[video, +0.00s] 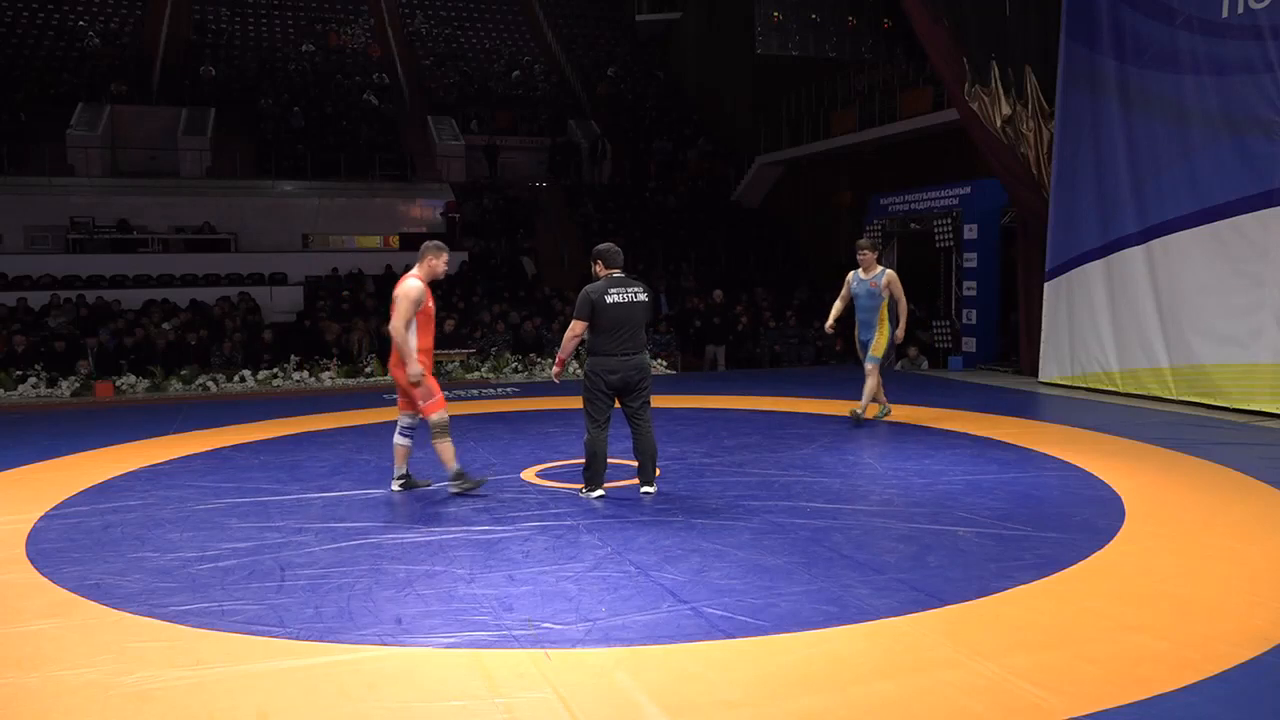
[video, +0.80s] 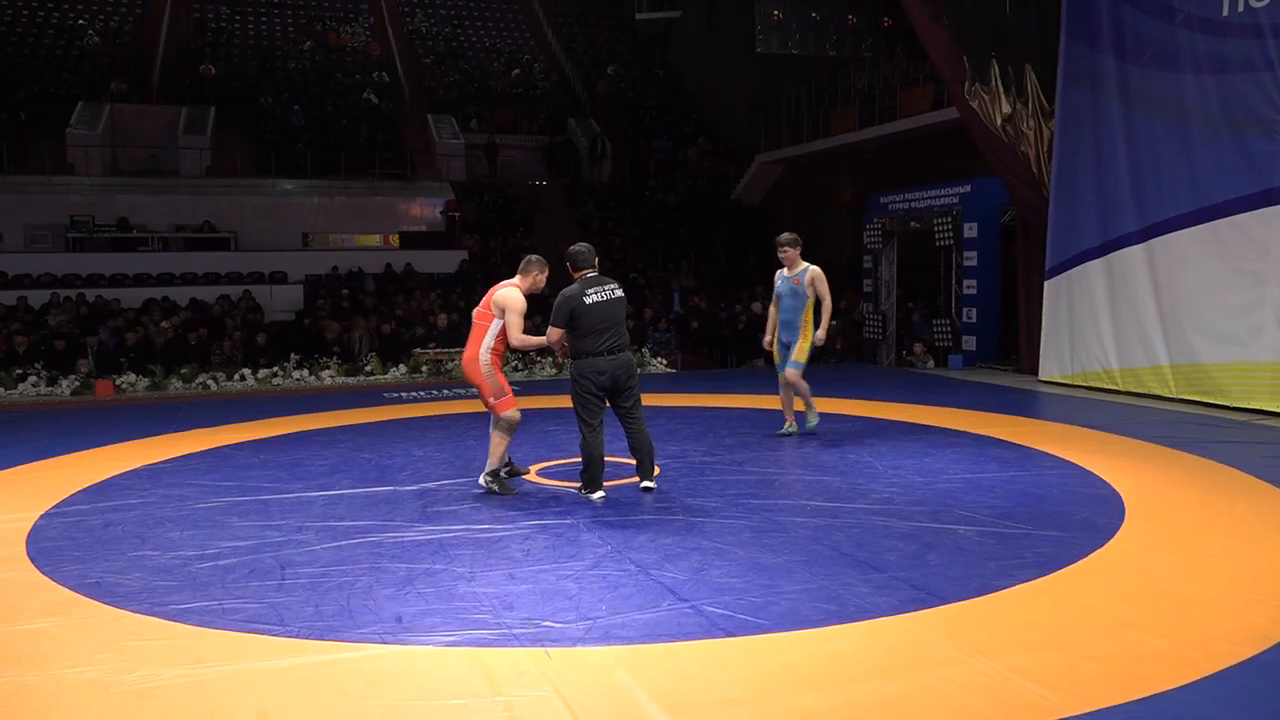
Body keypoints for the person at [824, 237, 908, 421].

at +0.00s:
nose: (860, 257)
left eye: (865, 254)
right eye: (858, 254)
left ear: (875, 255)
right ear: (856, 256)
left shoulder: (888, 276)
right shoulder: (852, 276)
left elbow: (901, 301)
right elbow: (842, 300)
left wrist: (901, 328)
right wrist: (831, 318)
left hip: (880, 330)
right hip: (860, 330)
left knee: (871, 367)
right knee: (870, 369)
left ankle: (861, 409)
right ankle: (883, 403)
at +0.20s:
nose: (847, 258)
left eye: (851, 254)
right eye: (845, 254)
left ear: (861, 255)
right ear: (843, 255)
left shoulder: (874, 278)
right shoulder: (839, 276)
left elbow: (885, 306)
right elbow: (830, 301)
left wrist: (887, 333)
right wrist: (821, 324)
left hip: (863, 331)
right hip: (843, 331)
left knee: (857, 373)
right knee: (843, 376)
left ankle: (856, 415)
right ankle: (867, 393)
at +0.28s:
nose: (839, 255)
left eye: (843, 252)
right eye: (837, 252)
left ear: (854, 253)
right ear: (835, 253)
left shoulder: (867, 275)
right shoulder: (833, 274)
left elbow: (879, 303)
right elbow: (827, 301)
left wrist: (878, 331)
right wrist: (821, 325)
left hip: (857, 332)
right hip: (836, 331)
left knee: (855, 373)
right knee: (829, 372)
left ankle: (856, 414)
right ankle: (853, 399)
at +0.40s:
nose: (827, 256)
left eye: (831, 252)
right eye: (825, 252)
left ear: (842, 252)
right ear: (823, 254)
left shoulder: (856, 274)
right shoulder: (822, 274)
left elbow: (870, 301)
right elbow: (820, 303)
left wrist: (864, 327)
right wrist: (820, 328)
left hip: (848, 334)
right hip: (826, 332)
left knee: (851, 375)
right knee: (813, 370)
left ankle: (854, 415)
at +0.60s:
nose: (804, 260)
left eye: (808, 256)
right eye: (802, 256)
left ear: (819, 256)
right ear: (799, 258)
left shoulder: (833, 277)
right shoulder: (800, 280)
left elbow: (848, 301)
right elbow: (803, 308)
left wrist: (843, 325)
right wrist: (800, 332)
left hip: (825, 338)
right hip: (802, 337)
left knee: (833, 380)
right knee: (794, 378)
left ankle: (849, 412)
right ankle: (791, 422)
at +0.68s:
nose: (794, 259)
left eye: (799, 255)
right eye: (792, 255)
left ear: (810, 254)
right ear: (790, 257)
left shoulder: (825, 276)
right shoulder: (791, 279)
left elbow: (839, 302)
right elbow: (791, 307)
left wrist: (834, 327)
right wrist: (790, 332)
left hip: (815, 338)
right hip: (792, 336)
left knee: (816, 383)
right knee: (788, 379)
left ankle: (837, 404)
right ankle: (790, 422)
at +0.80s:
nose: (782, 255)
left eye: (786, 251)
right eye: (780, 251)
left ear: (798, 250)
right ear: (778, 253)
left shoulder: (813, 272)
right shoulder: (779, 275)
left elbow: (826, 301)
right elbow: (774, 305)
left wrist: (822, 329)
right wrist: (769, 333)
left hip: (802, 335)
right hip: (781, 335)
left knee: (791, 375)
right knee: (783, 379)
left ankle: (810, 407)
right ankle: (790, 420)